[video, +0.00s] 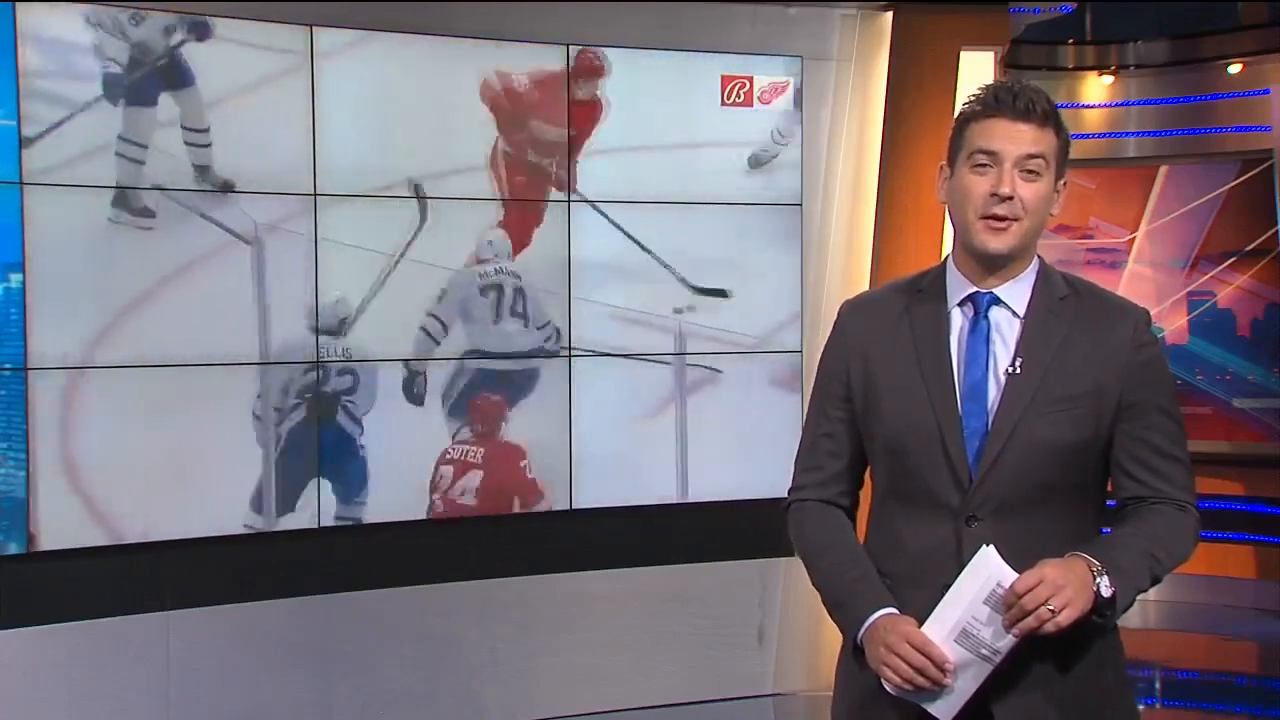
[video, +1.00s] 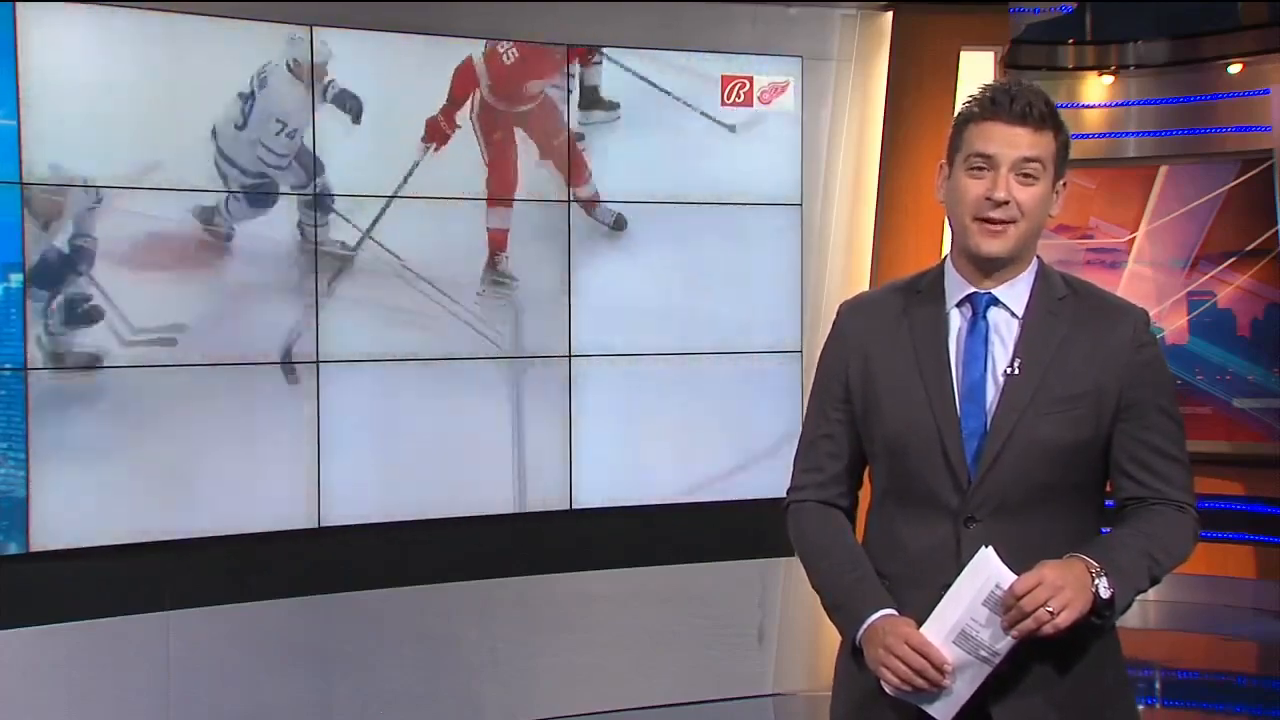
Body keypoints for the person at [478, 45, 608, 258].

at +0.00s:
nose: (595, 87)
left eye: (598, 81)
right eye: (591, 81)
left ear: (600, 80)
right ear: (578, 78)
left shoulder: (594, 108)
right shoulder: (547, 83)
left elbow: (574, 146)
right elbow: (492, 83)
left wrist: (566, 173)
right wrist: (508, 121)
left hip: (543, 165)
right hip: (512, 154)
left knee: (526, 228)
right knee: (522, 216)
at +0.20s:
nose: (622, 87)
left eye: (625, 82)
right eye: (620, 81)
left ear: (621, 78)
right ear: (605, 74)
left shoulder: (603, 101)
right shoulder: (576, 90)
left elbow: (582, 140)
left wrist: (591, 173)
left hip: (555, 150)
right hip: (524, 146)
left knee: (586, 198)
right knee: (540, 223)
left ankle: (538, 253)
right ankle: (511, 304)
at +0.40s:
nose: (595, 89)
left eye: (599, 84)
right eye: (592, 82)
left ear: (601, 81)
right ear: (580, 73)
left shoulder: (580, 112)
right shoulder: (544, 72)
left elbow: (554, 154)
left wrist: (562, 193)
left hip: (528, 133)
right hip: (493, 128)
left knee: (553, 185)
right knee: (513, 200)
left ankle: (536, 235)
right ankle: (506, 287)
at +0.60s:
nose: (545, 102)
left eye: (548, 95)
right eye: (540, 94)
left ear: (548, 94)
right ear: (524, 92)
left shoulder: (543, 121)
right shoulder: (494, 104)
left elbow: (538, 163)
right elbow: (463, 140)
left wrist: (543, 204)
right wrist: (459, 191)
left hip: (488, 159)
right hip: (447, 154)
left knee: (519, 207)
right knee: (470, 224)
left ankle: (518, 256)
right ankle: (481, 311)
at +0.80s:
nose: (528, 80)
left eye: (534, 73)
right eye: (523, 73)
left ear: (542, 72)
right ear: (513, 68)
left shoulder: (544, 93)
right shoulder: (485, 91)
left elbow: (560, 125)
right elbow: (436, 124)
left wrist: (581, 148)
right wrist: (421, 175)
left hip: (498, 156)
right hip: (458, 160)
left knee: (531, 213)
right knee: (481, 224)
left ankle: (529, 257)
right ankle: (469, 314)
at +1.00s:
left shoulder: (560, 51)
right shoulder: (500, 61)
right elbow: (467, 71)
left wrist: (586, 51)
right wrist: (446, 116)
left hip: (535, 101)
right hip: (492, 104)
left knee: (569, 157)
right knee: (502, 177)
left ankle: (593, 205)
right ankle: (496, 260)